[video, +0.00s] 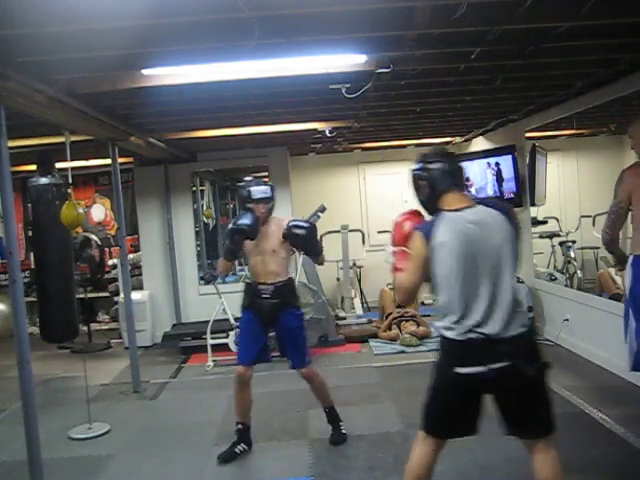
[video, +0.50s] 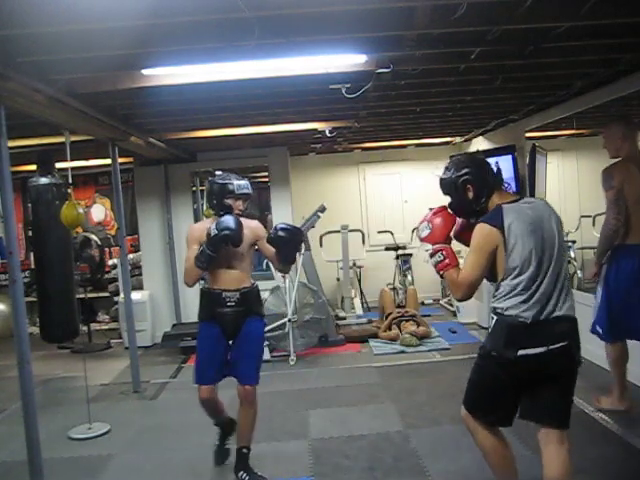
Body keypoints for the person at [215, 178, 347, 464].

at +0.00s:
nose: (259, 209)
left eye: (264, 203)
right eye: (254, 204)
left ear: (271, 203)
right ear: (246, 205)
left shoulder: (286, 226)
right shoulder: (242, 231)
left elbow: (319, 258)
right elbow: (223, 269)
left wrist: (310, 240)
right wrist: (234, 241)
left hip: (285, 299)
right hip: (254, 301)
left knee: (305, 369)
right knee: (242, 373)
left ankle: (335, 422)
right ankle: (243, 439)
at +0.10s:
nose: (251, 207)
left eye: (256, 201)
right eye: (246, 202)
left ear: (262, 202)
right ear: (236, 203)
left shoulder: (272, 224)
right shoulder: (226, 230)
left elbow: (305, 256)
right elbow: (211, 275)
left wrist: (303, 242)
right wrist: (225, 245)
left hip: (273, 300)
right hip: (241, 301)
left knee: (287, 374)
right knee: (235, 375)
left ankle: (323, 416)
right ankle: (242, 438)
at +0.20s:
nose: (245, 203)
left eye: (249, 197)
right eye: (240, 197)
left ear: (255, 197)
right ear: (227, 198)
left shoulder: (265, 222)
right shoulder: (213, 228)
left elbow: (293, 257)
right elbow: (201, 273)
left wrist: (298, 243)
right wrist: (217, 244)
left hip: (264, 299)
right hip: (230, 301)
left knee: (272, 371)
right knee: (233, 376)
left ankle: (294, 423)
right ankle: (242, 438)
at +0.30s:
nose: (242, 202)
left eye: (246, 196)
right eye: (236, 196)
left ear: (250, 198)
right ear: (221, 196)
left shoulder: (258, 222)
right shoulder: (204, 226)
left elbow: (289, 258)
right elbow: (193, 271)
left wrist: (295, 242)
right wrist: (212, 243)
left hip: (257, 301)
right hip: (224, 303)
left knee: (261, 376)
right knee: (231, 377)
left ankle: (264, 453)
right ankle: (241, 438)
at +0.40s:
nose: (238, 206)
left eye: (242, 200)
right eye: (232, 200)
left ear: (247, 201)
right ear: (217, 201)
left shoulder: (255, 225)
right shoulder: (201, 229)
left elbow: (284, 261)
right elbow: (190, 274)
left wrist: (292, 246)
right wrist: (211, 244)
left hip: (251, 303)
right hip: (217, 305)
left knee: (248, 385)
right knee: (222, 384)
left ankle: (244, 462)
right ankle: (236, 433)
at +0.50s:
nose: (239, 206)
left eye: (243, 201)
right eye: (233, 200)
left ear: (246, 203)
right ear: (217, 201)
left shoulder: (253, 228)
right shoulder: (199, 230)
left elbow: (282, 267)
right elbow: (189, 279)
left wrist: (289, 249)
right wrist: (210, 248)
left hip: (248, 310)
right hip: (212, 311)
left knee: (248, 391)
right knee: (205, 394)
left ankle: (243, 463)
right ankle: (226, 426)